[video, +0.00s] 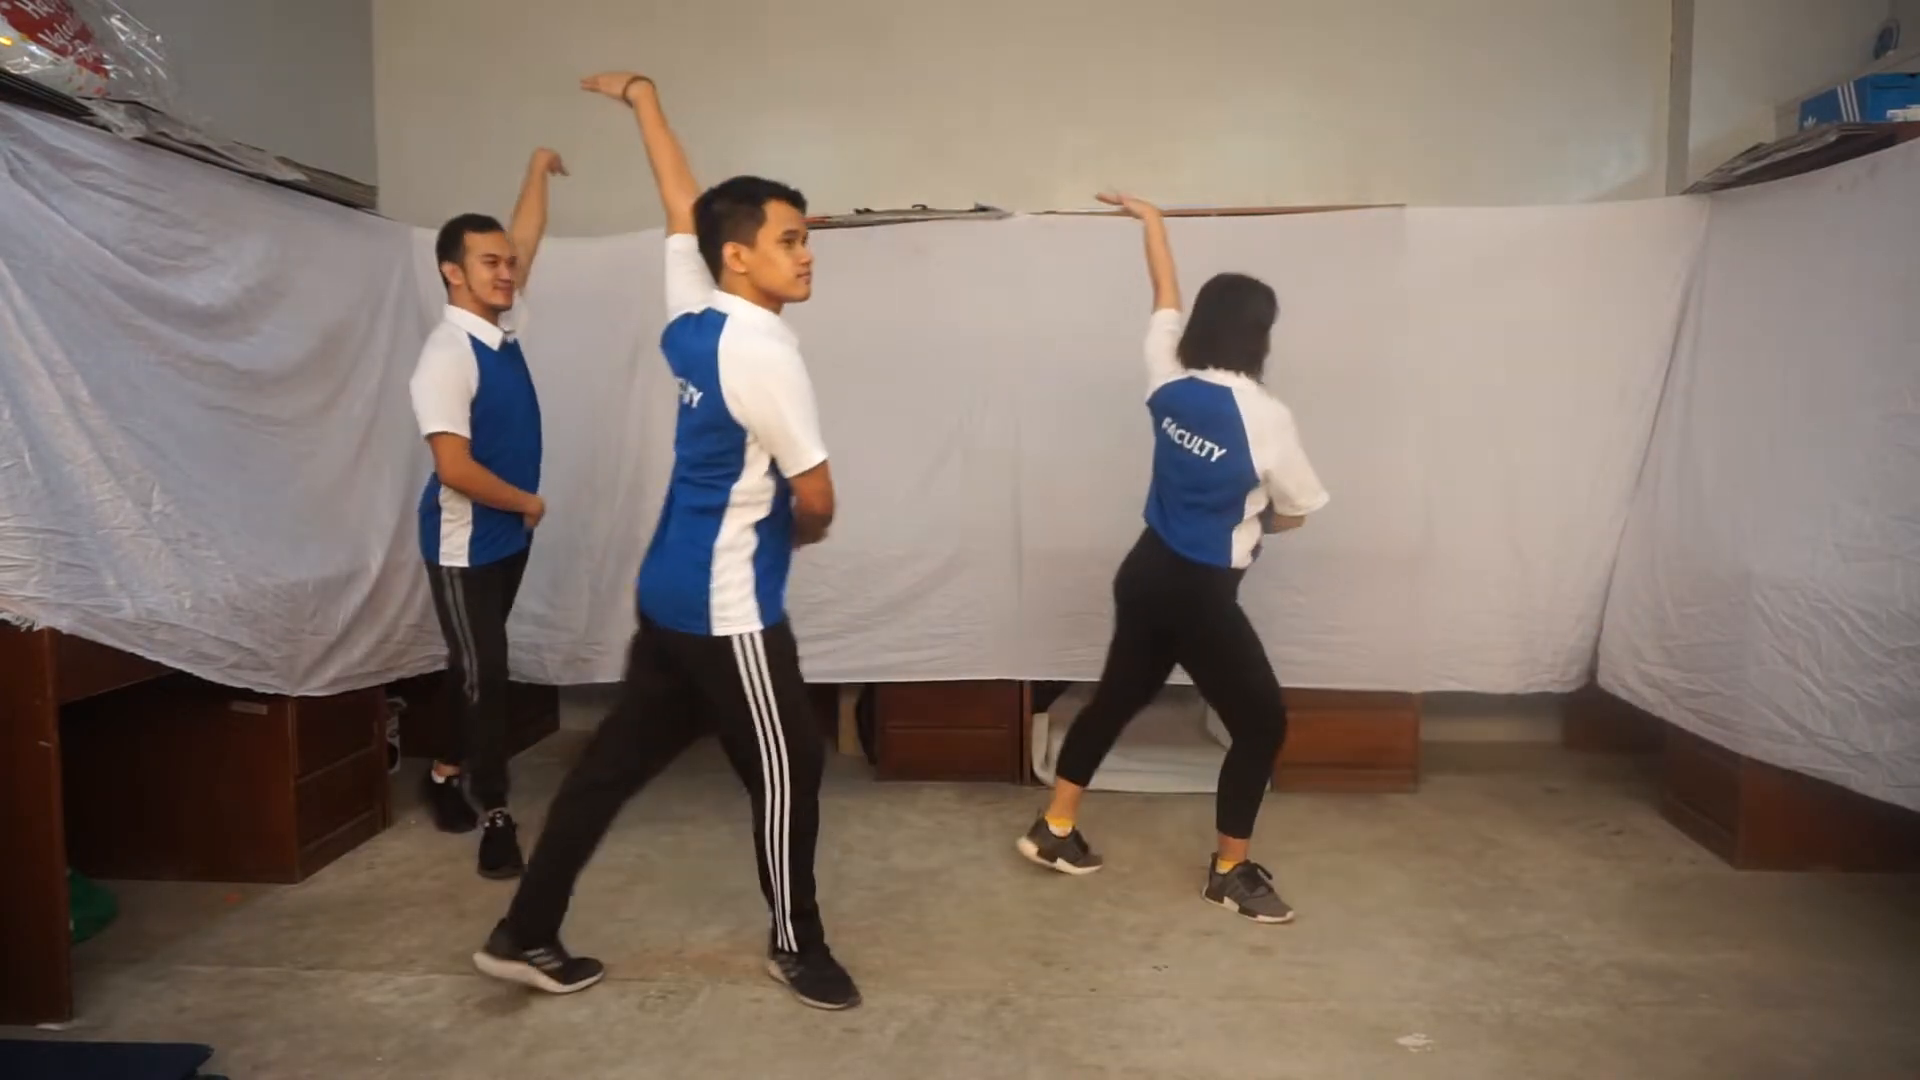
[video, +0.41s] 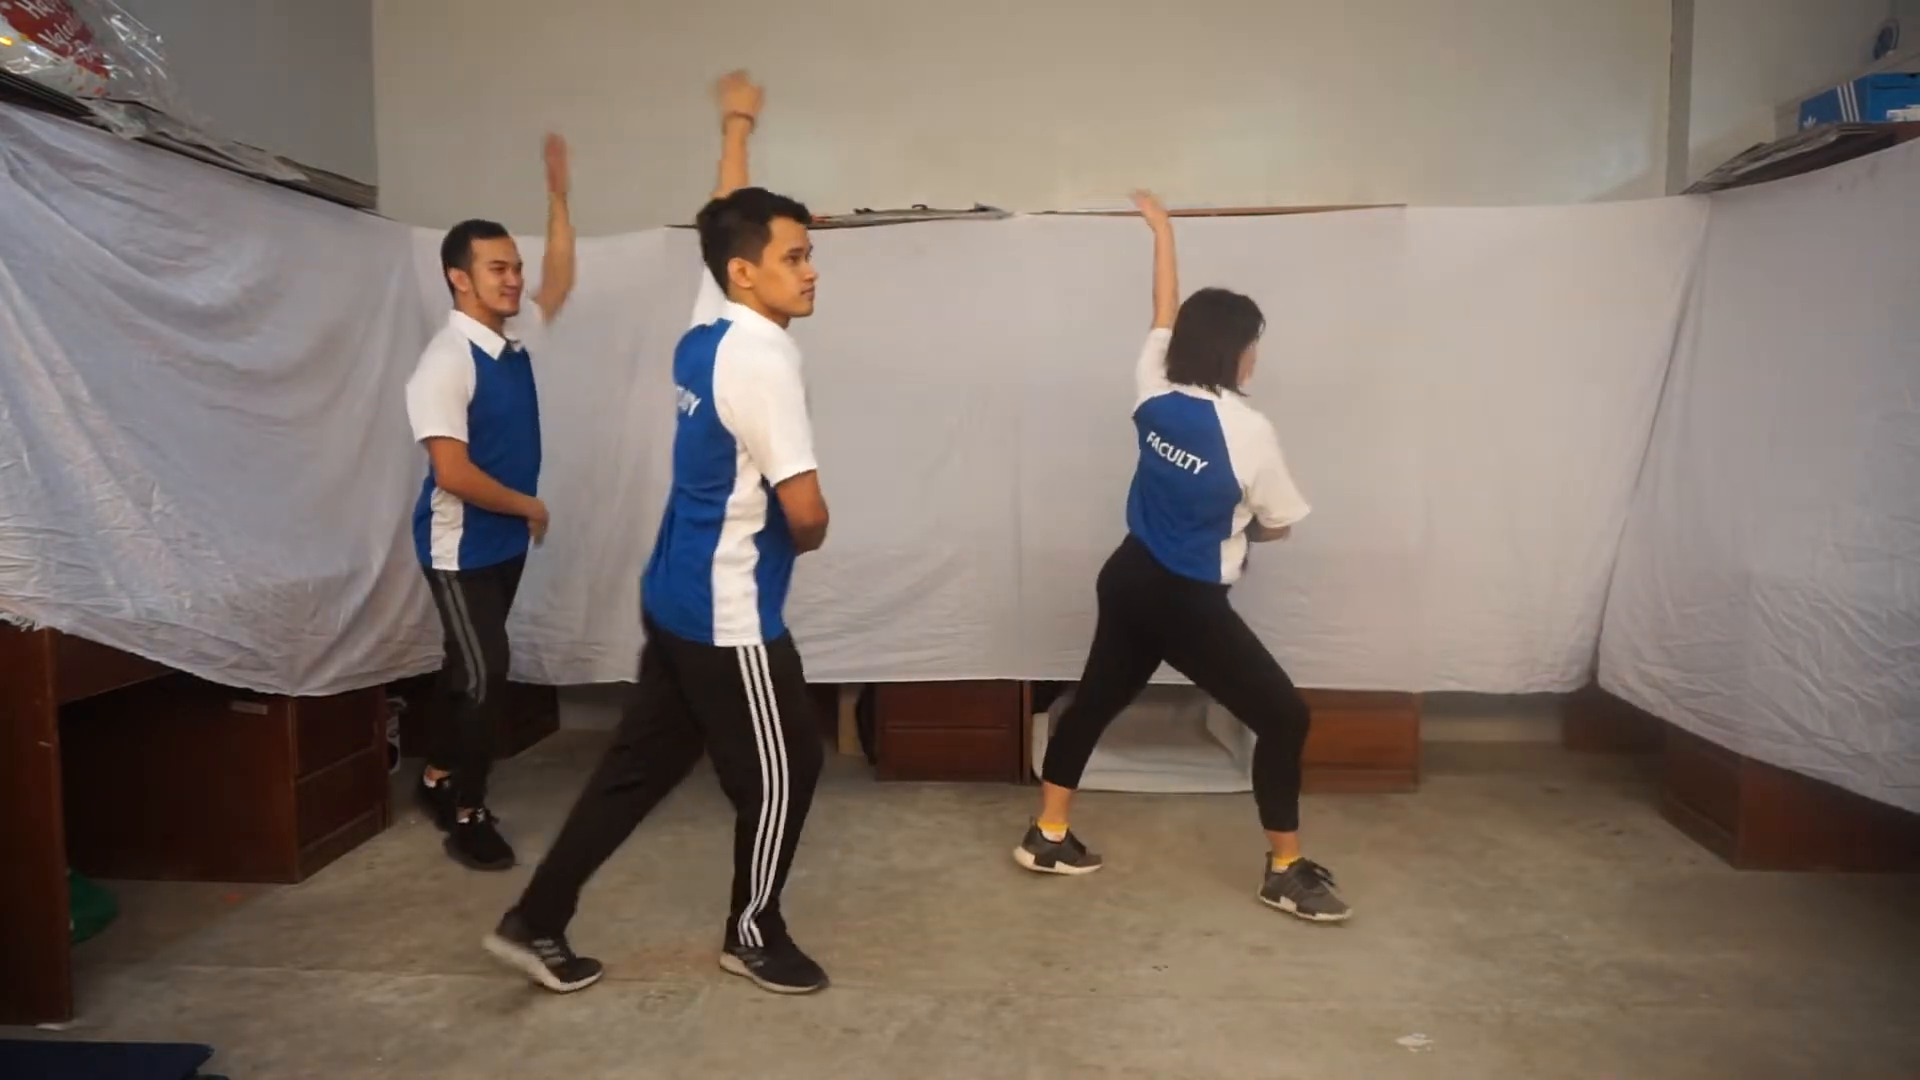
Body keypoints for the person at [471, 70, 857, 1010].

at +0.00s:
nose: (808, 255)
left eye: (805, 240)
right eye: (791, 242)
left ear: (735, 259)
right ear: (737, 255)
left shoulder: (696, 311)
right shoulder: (762, 345)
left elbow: (683, 202)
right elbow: (816, 500)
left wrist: (643, 96)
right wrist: (799, 529)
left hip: (678, 593)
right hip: (731, 604)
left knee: (616, 763)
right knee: (786, 767)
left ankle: (525, 932)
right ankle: (798, 943)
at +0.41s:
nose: (811, 275)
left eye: (810, 258)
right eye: (796, 261)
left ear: (738, 270)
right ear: (739, 268)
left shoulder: (712, 327)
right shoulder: (763, 355)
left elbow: (727, 229)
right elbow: (806, 515)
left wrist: (737, 125)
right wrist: (804, 537)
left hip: (684, 596)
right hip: (731, 610)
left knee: (643, 762)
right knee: (785, 764)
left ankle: (535, 918)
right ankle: (755, 930)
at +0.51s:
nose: (844, 253)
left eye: (841, 237)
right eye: (828, 241)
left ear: (771, 253)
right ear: (776, 254)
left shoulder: (747, 320)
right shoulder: (796, 339)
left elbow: (776, 247)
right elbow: (822, 488)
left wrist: (795, 189)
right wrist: (846, 519)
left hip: (729, 581)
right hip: (763, 591)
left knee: (739, 740)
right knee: (782, 754)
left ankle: (620, 861)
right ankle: (756, 927)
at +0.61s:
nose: (880, 240)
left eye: (879, 224)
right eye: (864, 227)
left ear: (826, 240)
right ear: (811, 241)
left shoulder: (831, 313)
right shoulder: (815, 330)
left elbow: (835, 378)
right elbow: (846, 472)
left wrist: (879, 342)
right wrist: (888, 506)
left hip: (834, 575)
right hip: (789, 586)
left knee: (869, 711)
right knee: (783, 757)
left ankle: (745, 834)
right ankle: (753, 929)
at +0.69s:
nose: (909, 238)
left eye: (908, 222)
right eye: (891, 226)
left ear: (871, 236)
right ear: (838, 241)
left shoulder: (869, 317)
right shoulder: (836, 327)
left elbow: (853, 439)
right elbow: (856, 467)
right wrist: (911, 510)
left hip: (869, 576)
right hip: (814, 588)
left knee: (915, 707)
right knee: (796, 755)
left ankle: (861, 861)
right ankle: (753, 927)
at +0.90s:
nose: (968, 247)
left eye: (973, 231)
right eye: (946, 236)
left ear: (982, 238)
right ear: (905, 252)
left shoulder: (987, 344)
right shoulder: (890, 340)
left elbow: (996, 478)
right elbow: (859, 463)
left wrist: (1010, 590)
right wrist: (963, 520)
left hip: (974, 590)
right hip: (903, 596)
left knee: (968, 751)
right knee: (893, 763)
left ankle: (951, 887)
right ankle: (804, 908)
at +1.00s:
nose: (993, 246)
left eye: (1002, 229)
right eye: (972, 234)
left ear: (1016, 237)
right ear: (938, 249)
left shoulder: (1043, 349)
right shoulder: (910, 342)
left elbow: (1069, 471)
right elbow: (863, 461)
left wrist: (1098, 581)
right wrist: (976, 520)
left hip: (1018, 589)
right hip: (941, 597)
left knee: (990, 757)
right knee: (959, 769)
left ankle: (965, 889)